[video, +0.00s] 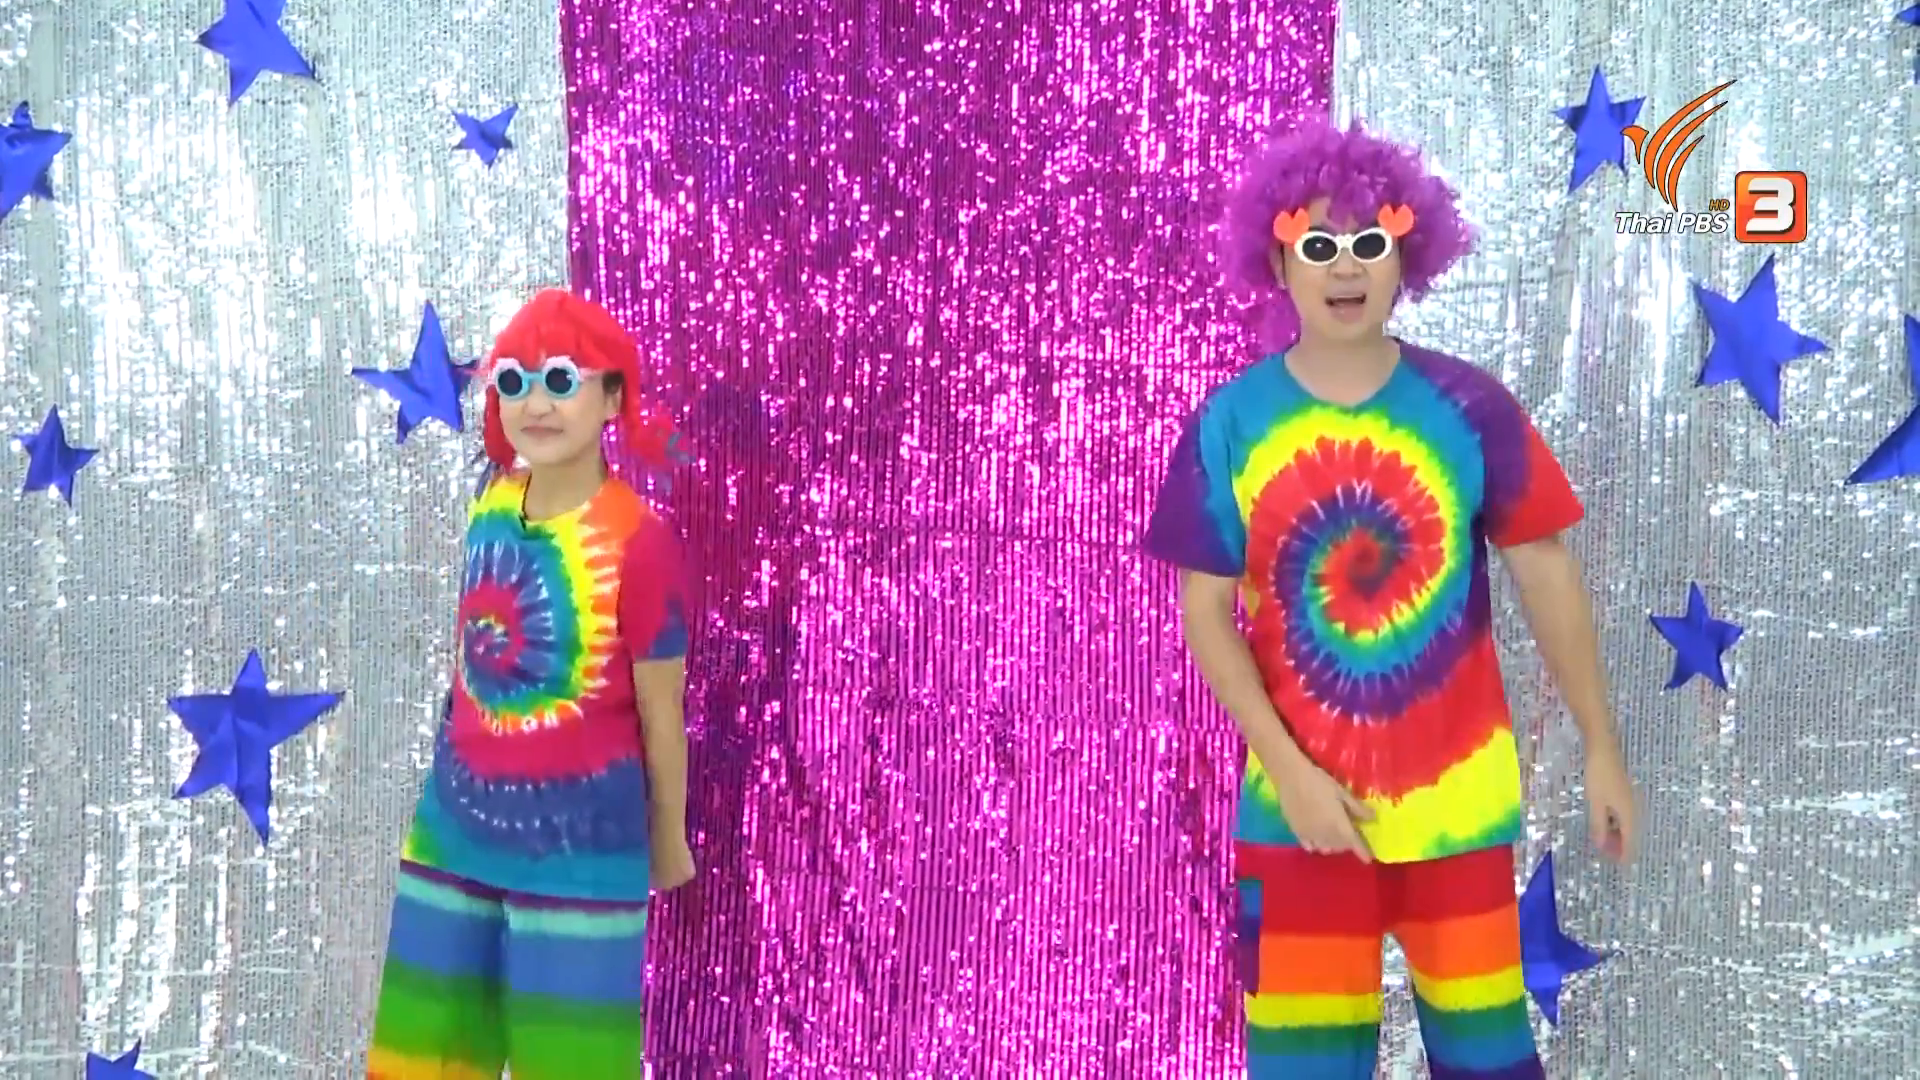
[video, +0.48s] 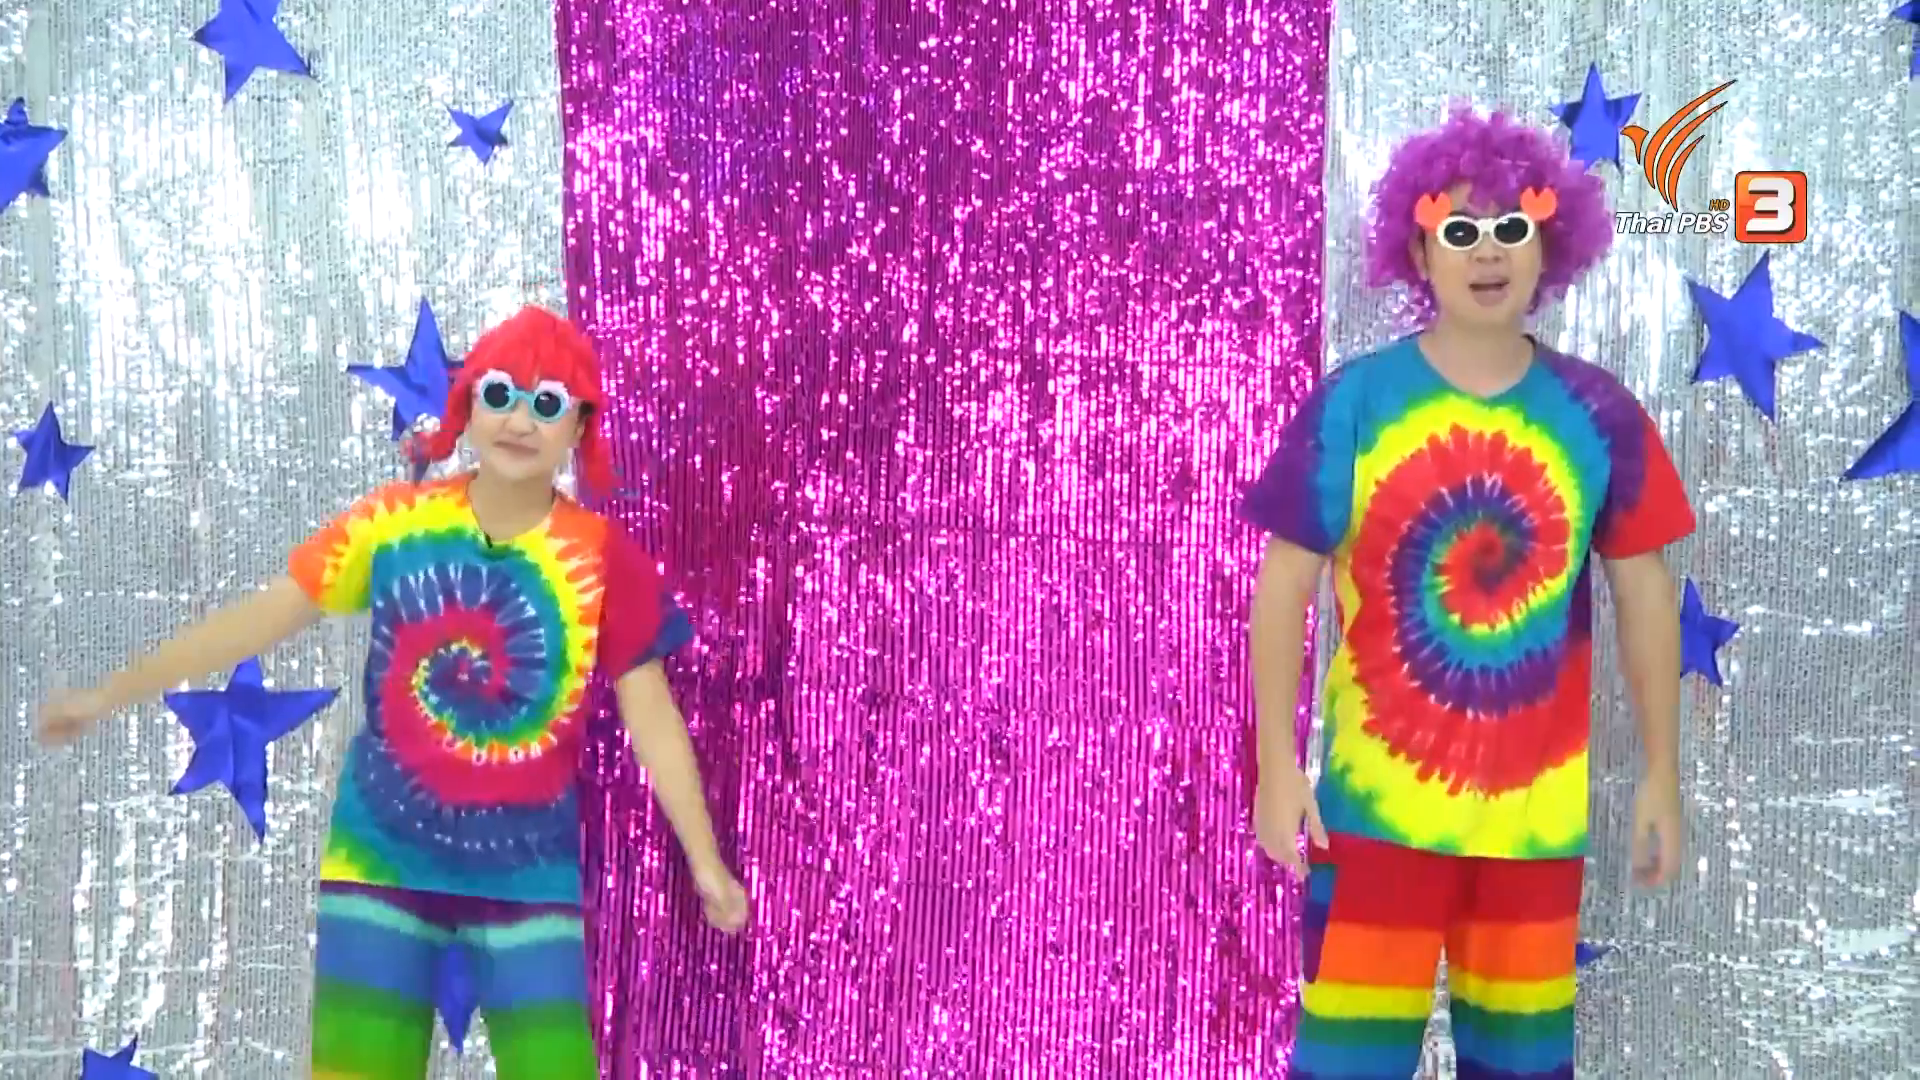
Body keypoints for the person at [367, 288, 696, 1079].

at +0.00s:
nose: (535, 402)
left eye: (561, 379)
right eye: (515, 382)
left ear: (611, 400)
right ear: (497, 405)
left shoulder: (638, 537)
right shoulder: (491, 509)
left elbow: (662, 704)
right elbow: (481, 660)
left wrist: (669, 832)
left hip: (578, 835)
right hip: (458, 822)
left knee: (567, 1054)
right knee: (424, 1049)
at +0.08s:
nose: (543, 390)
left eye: (570, 367)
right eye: (523, 369)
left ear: (618, 388)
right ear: (504, 391)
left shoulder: (645, 521)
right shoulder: (480, 494)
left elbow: (676, 690)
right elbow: (473, 643)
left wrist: (687, 830)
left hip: (578, 831)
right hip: (451, 818)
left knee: (577, 1053)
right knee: (423, 1049)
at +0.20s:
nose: (547, 380)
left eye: (574, 360)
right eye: (528, 358)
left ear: (618, 387)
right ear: (505, 380)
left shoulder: (649, 522)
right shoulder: (463, 487)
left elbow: (696, 688)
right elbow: (428, 613)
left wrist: (733, 836)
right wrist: (381, 700)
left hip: (577, 835)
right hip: (439, 822)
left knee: (591, 1062)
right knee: (406, 1057)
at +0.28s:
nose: (547, 383)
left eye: (575, 364)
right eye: (527, 359)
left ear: (614, 393)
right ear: (500, 379)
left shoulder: (641, 523)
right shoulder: (446, 485)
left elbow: (695, 676)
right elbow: (380, 595)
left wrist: (750, 841)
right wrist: (271, 674)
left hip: (572, 837)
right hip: (428, 826)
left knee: (588, 1061)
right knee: (395, 1058)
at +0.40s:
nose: (537, 411)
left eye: (566, 395)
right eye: (517, 385)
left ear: (597, 425)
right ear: (483, 399)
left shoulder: (624, 546)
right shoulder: (412, 513)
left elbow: (680, 699)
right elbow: (284, 609)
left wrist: (739, 850)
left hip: (547, 860)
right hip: (403, 847)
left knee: (561, 1070)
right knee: (380, 1067)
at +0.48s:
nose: (519, 419)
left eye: (548, 404)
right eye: (499, 394)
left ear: (578, 433)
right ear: (465, 409)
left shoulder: (601, 555)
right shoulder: (390, 523)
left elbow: (650, 711)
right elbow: (257, 620)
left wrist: (704, 854)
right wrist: (106, 695)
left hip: (528, 874)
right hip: (380, 865)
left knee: (554, 1068)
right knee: (357, 1066)